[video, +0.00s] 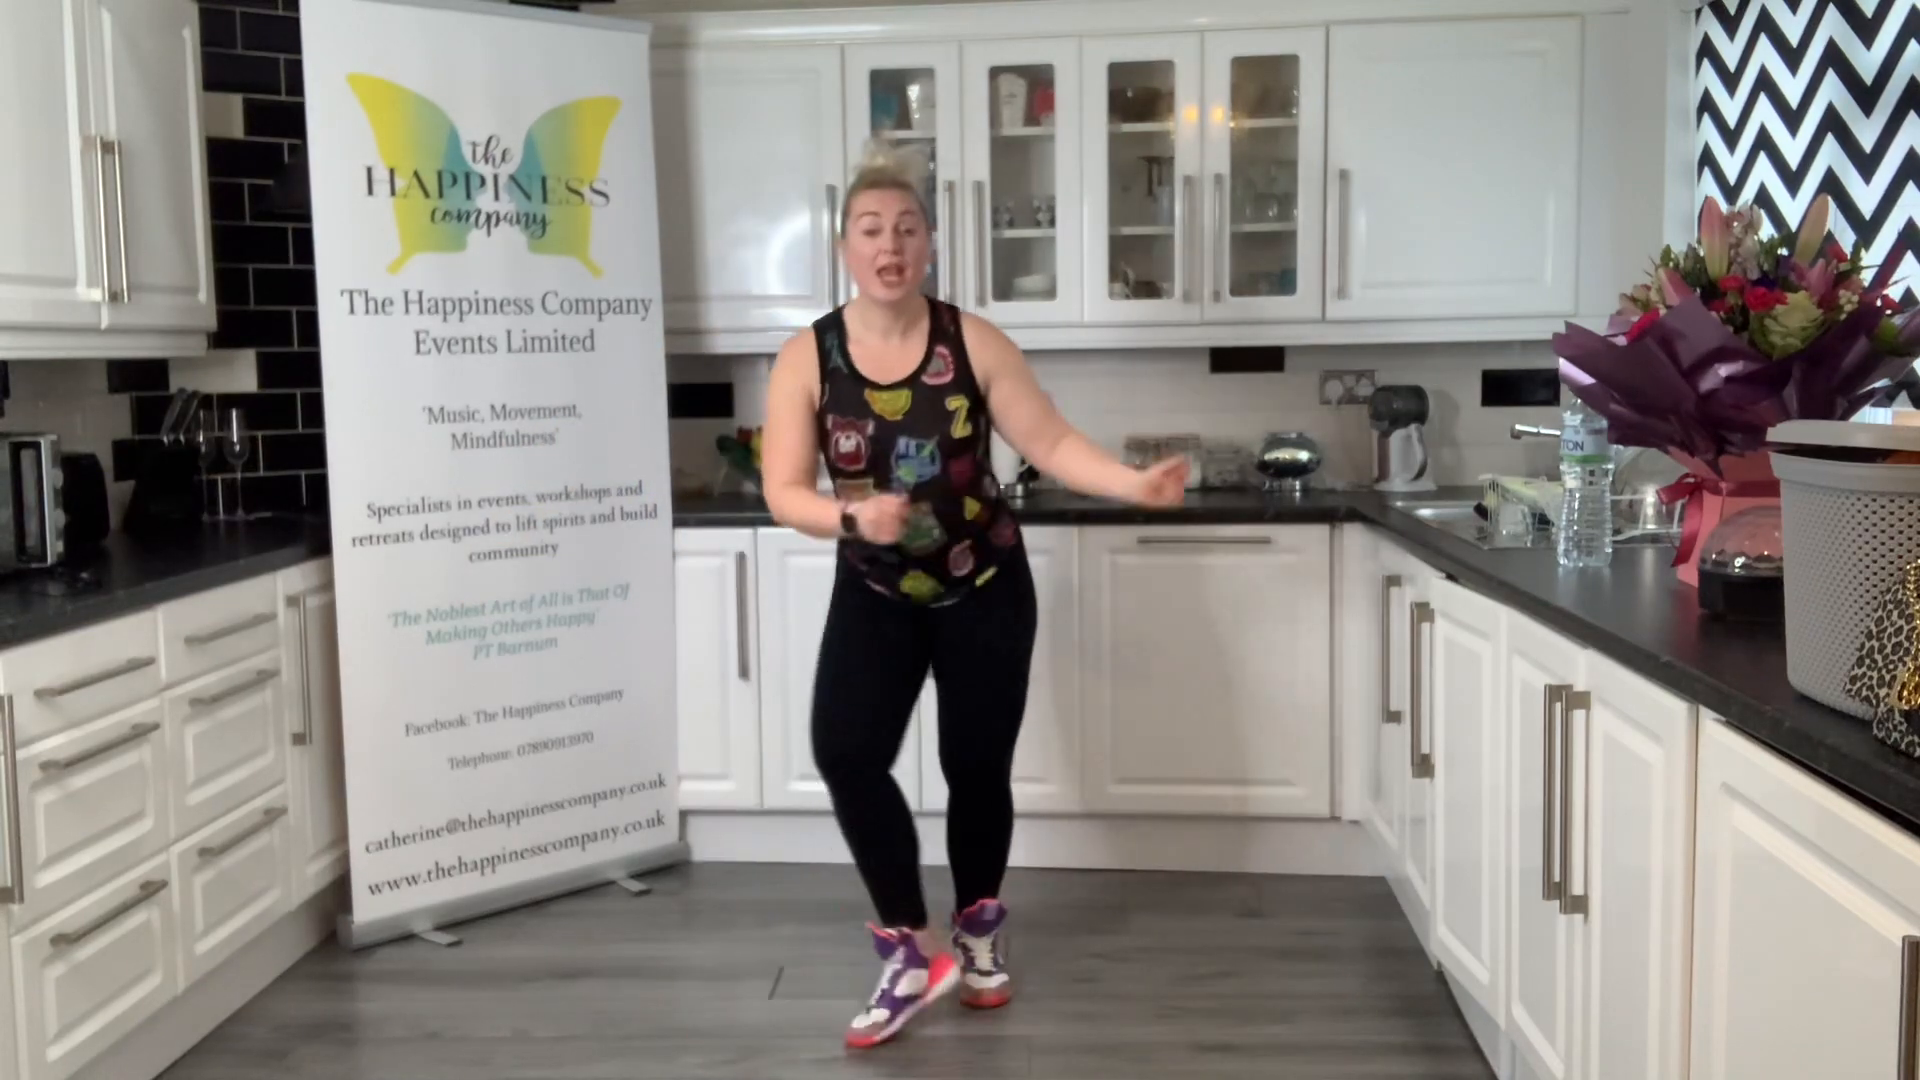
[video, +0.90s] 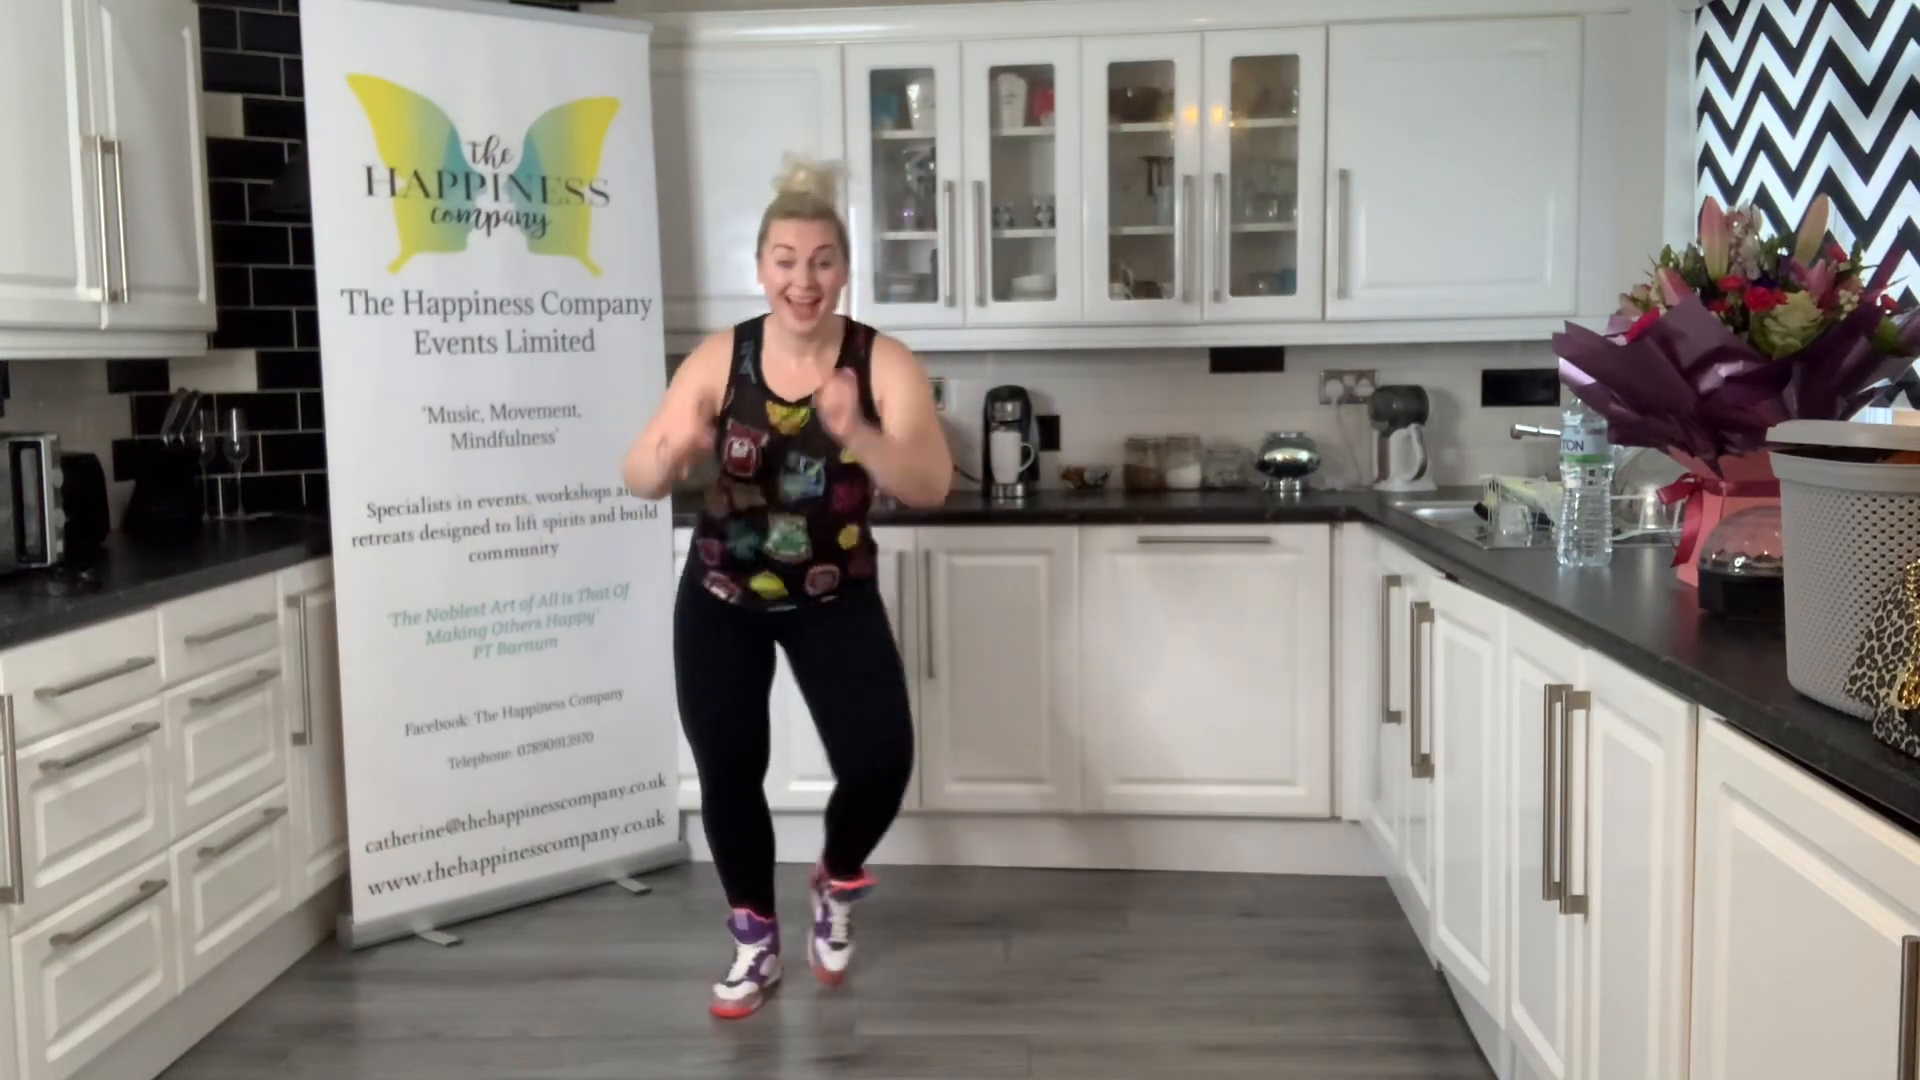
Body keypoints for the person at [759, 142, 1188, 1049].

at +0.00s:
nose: (890, 245)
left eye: (905, 227)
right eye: (870, 229)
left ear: (929, 243)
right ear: (844, 249)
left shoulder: (973, 342)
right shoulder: (807, 358)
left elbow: (1052, 442)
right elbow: (783, 493)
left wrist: (1133, 483)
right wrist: (850, 515)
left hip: (982, 586)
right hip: (876, 590)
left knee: (977, 765)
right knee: (847, 754)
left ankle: (979, 930)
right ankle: (906, 946)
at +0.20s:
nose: (886, 231)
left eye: (904, 217)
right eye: (869, 218)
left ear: (930, 233)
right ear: (844, 236)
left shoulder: (977, 341)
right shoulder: (808, 348)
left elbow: (1024, 473)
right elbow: (745, 470)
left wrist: (1064, 592)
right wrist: (804, 565)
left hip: (972, 579)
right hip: (857, 578)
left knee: (969, 756)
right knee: (776, 717)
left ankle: (978, 927)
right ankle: (797, 904)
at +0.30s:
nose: (882, 222)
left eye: (899, 204)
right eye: (864, 208)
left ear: (927, 220)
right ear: (840, 226)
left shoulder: (971, 337)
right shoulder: (801, 332)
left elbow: (983, 477)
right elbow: (717, 435)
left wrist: (978, 605)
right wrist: (725, 557)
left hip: (940, 577)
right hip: (827, 573)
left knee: (956, 764)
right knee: (787, 756)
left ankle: (977, 929)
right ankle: (756, 924)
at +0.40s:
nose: (873, 236)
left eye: (891, 219)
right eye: (855, 220)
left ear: (916, 234)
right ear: (830, 235)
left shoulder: (955, 351)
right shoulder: (782, 337)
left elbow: (949, 489)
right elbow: (683, 425)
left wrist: (893, 591)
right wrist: (633, 536)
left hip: (914, 576)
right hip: (796, 581)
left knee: (945, 764)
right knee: (783, 764)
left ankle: (976, 929)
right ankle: (759, 937)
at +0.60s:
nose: (838, 262)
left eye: (856, 245)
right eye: (821, 245)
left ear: (881, 258)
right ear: (797, 258)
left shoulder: (916, 372)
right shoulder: (747, 350)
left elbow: (903, 508)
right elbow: (648, 434)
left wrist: (823, 567)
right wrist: (553, 509)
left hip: (854, 573)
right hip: (739, 577)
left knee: (923, 720)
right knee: (750, 763)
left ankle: (907, 879)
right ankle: (757, 937)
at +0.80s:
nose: (811, 269)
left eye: (829, 252)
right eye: (794, 251)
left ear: (854, 260)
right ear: (770, 256)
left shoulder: (891, 365)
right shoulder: (723, 353)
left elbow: (905, 500)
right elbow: (668, 470)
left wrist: (817, 563)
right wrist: (645, 559)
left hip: (836, 603)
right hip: (724, 602)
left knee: (843, 779)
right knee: (738, 775)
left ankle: (807, 900)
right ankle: (755, 933)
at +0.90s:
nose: (804, 279)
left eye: (821, 261)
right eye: (786, 262)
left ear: (846, 266)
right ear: (760, 266)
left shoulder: (886, 365)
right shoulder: (721, 358)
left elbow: (931, 484)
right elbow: (639, 475)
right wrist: (675, 451)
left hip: (834, 593)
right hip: (721, 595)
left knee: (880, 761)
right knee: (728, 774)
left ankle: (837, 886)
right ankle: (753, 933)